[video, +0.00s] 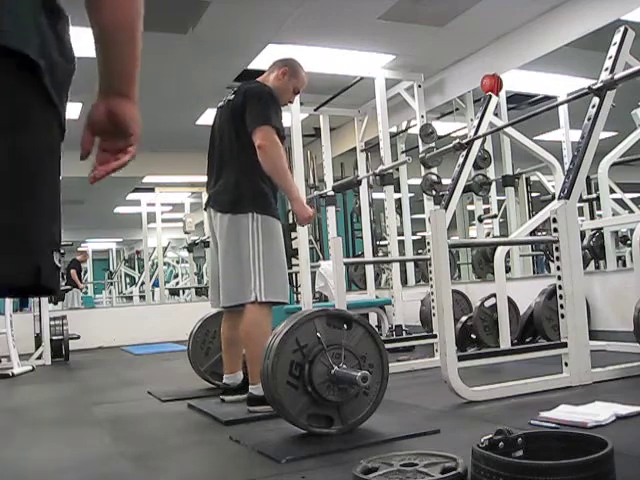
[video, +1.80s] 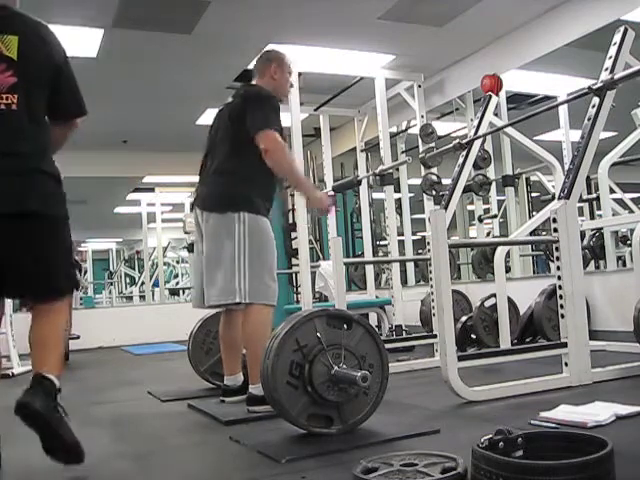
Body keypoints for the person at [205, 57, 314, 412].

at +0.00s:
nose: (292, 99)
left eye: (296, 95)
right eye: (294, 91)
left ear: (271, 72)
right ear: (280, 73)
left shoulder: (230, 103)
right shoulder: (260, 93)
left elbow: (221, 162)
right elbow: (265, 140)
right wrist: (297, 199)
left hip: (222, 207)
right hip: (249, 207)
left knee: (233, 302)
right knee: (259, 301)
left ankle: (232, 383)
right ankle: (260, 390)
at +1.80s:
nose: (291, 86)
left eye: (292, 80)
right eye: (290, 78)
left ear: (262, 71)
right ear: (274, 70)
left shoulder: (229, 108)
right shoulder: (261, 98)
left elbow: (207, 164)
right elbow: (271, 149)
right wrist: (312, 193)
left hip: (214, 208)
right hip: (242, 210)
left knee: (233, 302)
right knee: (261, 299)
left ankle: (233, 383)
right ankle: (258, 390)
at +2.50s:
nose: (257, 66)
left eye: (255, 62)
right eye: (253, 62)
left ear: (219, 69)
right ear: (245, 67)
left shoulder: (208, 101)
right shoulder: (242, 87)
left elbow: (213, 57)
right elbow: (258, 27)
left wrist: (214, 17)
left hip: (233, 205)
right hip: (260, 199)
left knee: (243, 300)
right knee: (267, 299)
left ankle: (233, 383)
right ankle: (261, 389)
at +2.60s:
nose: (256, 66)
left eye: (255, 61)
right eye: (254, 61)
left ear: (219, 68)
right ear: (243, 64)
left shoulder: (208, 101)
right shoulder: (242, 88)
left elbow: (212, 58)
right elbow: (258, 26)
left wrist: (215, 18)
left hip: (233, 206)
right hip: (260, 200)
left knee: (244, 299)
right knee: (268, 297)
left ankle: (234, 382)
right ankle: (260, 388)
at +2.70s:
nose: (256, 68)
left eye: (255, 63)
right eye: (254, 63)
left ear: (220, 69)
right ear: (243, 65)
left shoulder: (208, 101)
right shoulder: (242, 88)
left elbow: (213, 59)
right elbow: (259, 28)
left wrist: (216, 18)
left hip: (233, 206)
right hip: (260, 200)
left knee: (244, 299)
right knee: (268, 298)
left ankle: (234, 383)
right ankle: (260, 389)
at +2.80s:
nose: (256, 67)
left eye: (255, 62)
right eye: (253, 62)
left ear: (220, 69)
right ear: (243, 65)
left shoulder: (208, 102)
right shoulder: (242, 88)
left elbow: (213, 59)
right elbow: (259, 28)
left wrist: (217, 19)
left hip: (233, 206)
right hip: (260, 201)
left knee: (244, 299)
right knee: (268, 297)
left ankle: (234, 382)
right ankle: (260, 388)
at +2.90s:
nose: (257, 67)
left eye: (255, 62)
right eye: (254, 62)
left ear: (220, 69)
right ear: (244, 65)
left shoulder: (208, 101)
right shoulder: (243, 89)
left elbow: (214, 59)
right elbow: (260, 26)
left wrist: (218, 19)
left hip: (233, 206)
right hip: (260, 201)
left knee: (243, 299)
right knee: (268, 298)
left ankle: (233, 383)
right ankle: (259, 389)